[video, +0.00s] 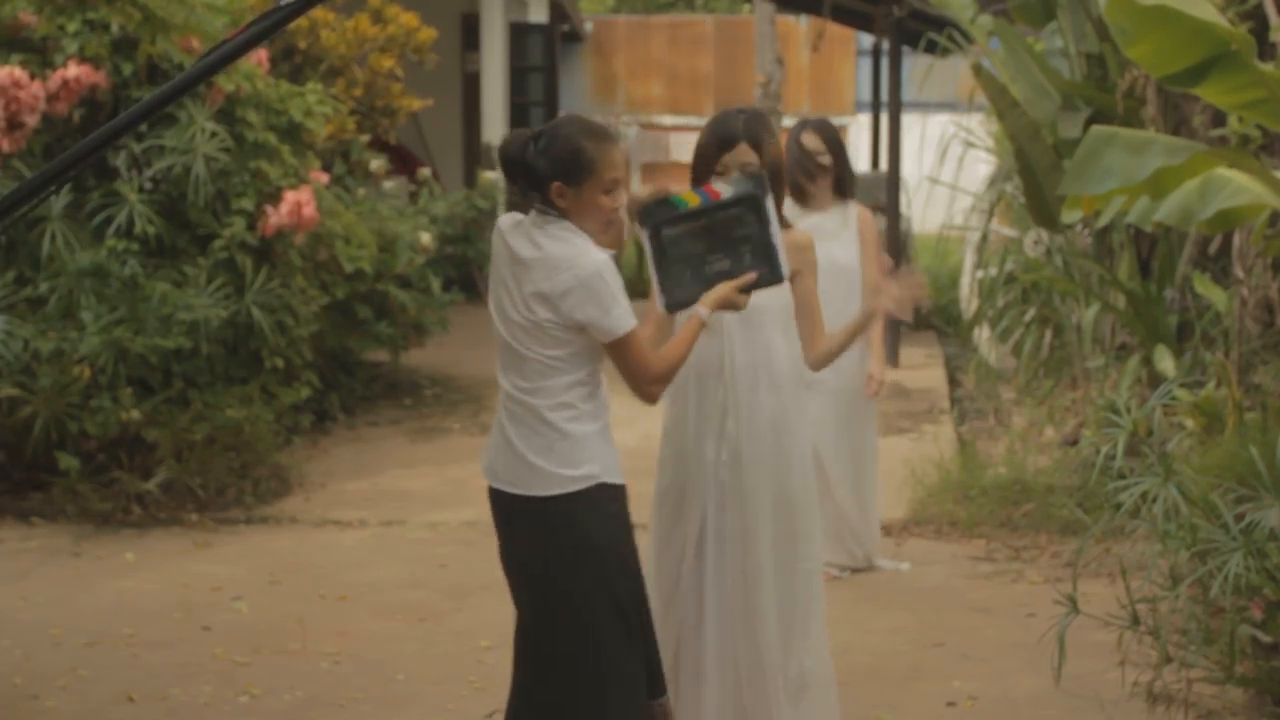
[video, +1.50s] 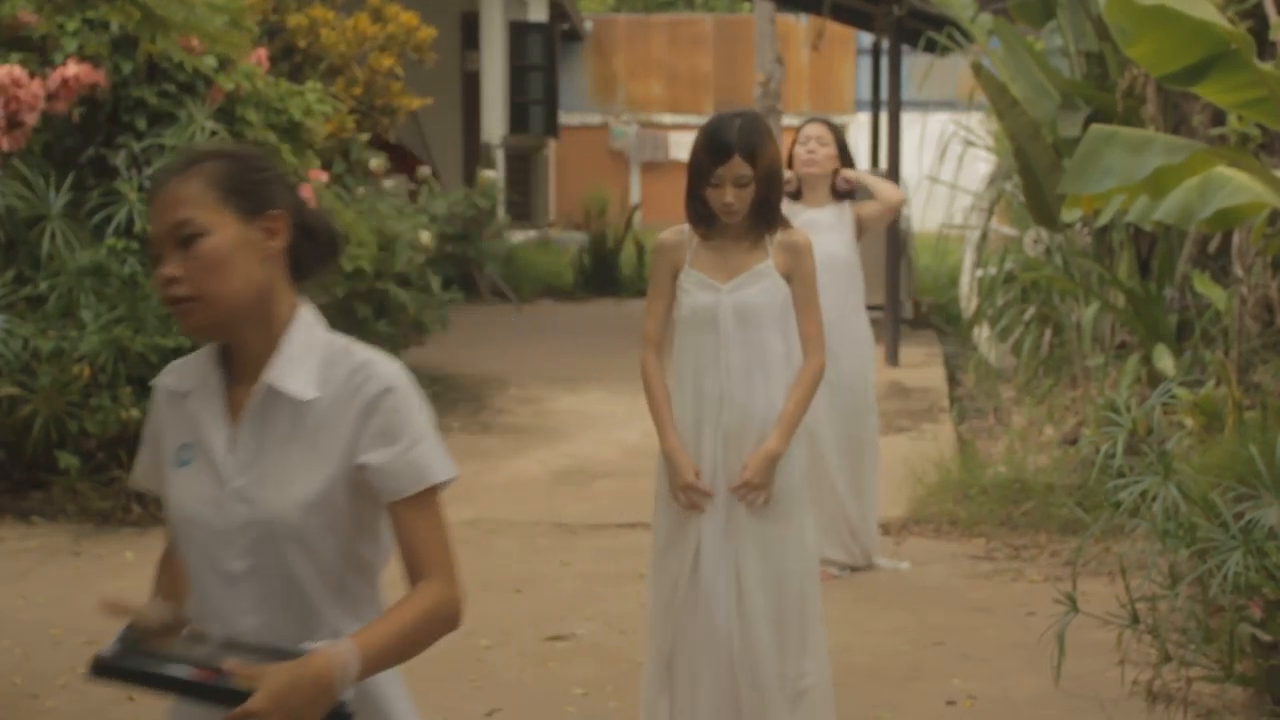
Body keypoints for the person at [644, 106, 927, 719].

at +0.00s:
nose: (737, 187)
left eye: (749, 173)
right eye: (724, 174)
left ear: (765, 175)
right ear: (700, 176)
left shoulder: (792, 244)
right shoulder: (682, 241)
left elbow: (818, 353)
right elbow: (650, 348)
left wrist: (872, 309)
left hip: (767, 419)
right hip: (701, 420)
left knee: (766, 570)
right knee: (697, 570)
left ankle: (767, 702)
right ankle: (698, 702)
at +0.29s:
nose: (735, 182)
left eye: (748, 169)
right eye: (722, 169)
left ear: (768, 174)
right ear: (705, 174)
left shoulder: (793, 246)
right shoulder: (679, 247)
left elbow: (828, 351)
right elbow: (647, 348)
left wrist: (869, 443)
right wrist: (598, 440)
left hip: (778, 445)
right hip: (701, 447)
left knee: (775, 609)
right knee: (702, 609)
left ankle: (776, 712)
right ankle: (704, 713)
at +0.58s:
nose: (730, 172)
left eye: (744, 159)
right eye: (719, 158)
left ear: (765, 169)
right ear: (702, 166)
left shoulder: (792, 246)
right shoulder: (678, 247)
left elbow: (804, 355)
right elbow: (662, 357)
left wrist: (821, 456)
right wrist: (645, 451)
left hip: (773, 447)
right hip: (698, 447)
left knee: (770, 610)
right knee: (702, 609)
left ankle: (770, 713)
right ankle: (703, 713)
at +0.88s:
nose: (729, 175)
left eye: (743, 162)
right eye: (718, 161)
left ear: (764, 170)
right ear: (701, 168)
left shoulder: (791, 246)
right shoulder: (676, 247)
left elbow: (815, 352)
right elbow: (654, 353)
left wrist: (846, 447)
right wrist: (624, 454)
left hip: (775, 448)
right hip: (699, 449)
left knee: (773, 610)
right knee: (701, 609)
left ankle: (774, 712)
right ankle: (705, 712)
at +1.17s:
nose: (728, 193)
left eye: (742, 179)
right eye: (715, 179)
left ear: (763, 179)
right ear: (697, 179)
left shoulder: (789, 247)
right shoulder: (674, 248)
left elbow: (814, 353)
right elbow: (650, 352)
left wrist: (823, 457)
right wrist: (637, 452)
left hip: (771, 452)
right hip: (694, 452)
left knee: (768, 612)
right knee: (696, 611)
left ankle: (768, 713)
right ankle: (698, 713)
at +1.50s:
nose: (727, 198)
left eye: (741, 184)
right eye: (715, 184)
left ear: (764, 182)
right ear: (697, 181)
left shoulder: (790, 248)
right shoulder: (674, 248)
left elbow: (815, 359)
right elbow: (652, 354)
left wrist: (772, 450)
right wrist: (674, 451)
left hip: (768, 458)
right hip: (694, 457)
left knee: (769, 617)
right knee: (695, 616)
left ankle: (771, 711)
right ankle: (697, 712)